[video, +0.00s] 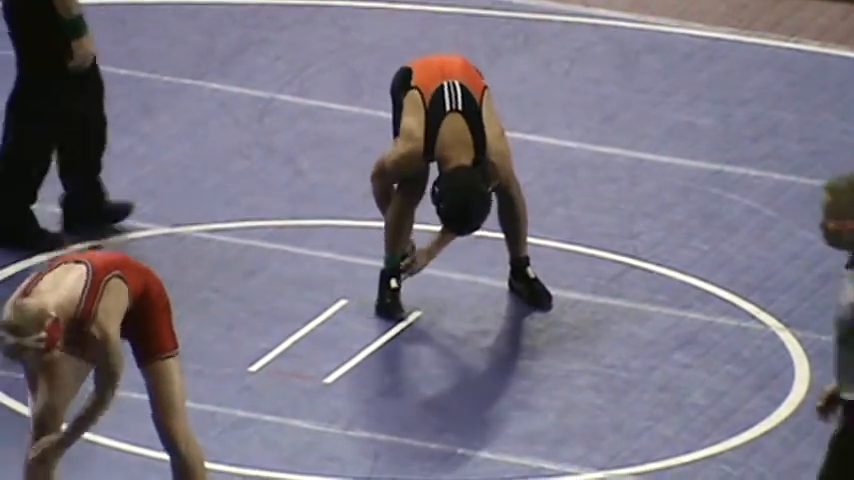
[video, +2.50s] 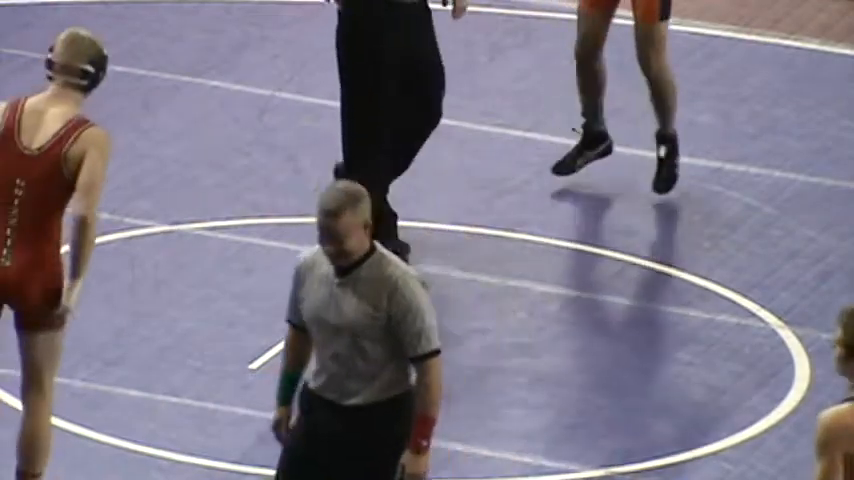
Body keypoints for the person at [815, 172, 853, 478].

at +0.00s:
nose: (824, 224)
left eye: (832, 216)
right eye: (825, 214)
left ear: (850, 222)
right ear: (840, 220)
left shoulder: (848, 281)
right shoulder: (846, 277)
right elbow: (848, 347)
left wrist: (842, 391)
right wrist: (841, 390)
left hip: (850, 415)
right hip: (847, 413)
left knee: (833, 472)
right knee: (832, 471)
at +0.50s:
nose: (701, 205)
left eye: (707, 194)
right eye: (689, 195)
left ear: (715, 191)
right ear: (666, 194)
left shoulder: (734, 255)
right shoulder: (656, 233)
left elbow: (753, 341)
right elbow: (646, 301)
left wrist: (704, 394)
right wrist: (622, 359)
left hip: (714, 384)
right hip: (670, 378)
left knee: (671, 471)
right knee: (705, 470)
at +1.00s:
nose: (598, 197)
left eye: (604, 187)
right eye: (587, 187)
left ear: (611, 187)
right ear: (561, 186)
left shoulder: (627, 249)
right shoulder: (533, 230)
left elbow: (654, 329)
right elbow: (521, 297)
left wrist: (642, 409)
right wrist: (500, 363)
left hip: (601, 381)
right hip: (542, 375)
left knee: (594, 472)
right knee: (518, 471)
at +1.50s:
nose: (522, 191)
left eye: (525, 182)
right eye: (509, 183)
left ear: (532, 180)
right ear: (479, 181)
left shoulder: (546, 239)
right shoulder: (444, 227)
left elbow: (575, 318)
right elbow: (421, 290)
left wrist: (560, 396)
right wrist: (396, 358)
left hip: (520, 369)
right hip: (460, 364)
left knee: (496, 468)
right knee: (459, 465)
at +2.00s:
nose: (466, 216)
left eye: (472, 206)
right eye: (455, 207)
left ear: (479, 202)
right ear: (430, 202)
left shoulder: (497, 261)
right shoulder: (398, 248)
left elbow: (528, 339)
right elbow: (379, 316)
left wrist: (530, 421)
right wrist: (361, 384)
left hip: (474, 397)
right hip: (411, 391)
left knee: (466, 472)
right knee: (397, 472)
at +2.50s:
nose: (330, 247)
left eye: (339, 239)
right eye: (324, 237)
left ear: (366, 230)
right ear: (317, 229)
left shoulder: (399, 283)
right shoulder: (310, 269)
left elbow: (429, 366)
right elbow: (299, 335)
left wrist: (420, 447)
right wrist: (284, 403)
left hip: (380, 415)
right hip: (320, 408)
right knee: (293, 472)